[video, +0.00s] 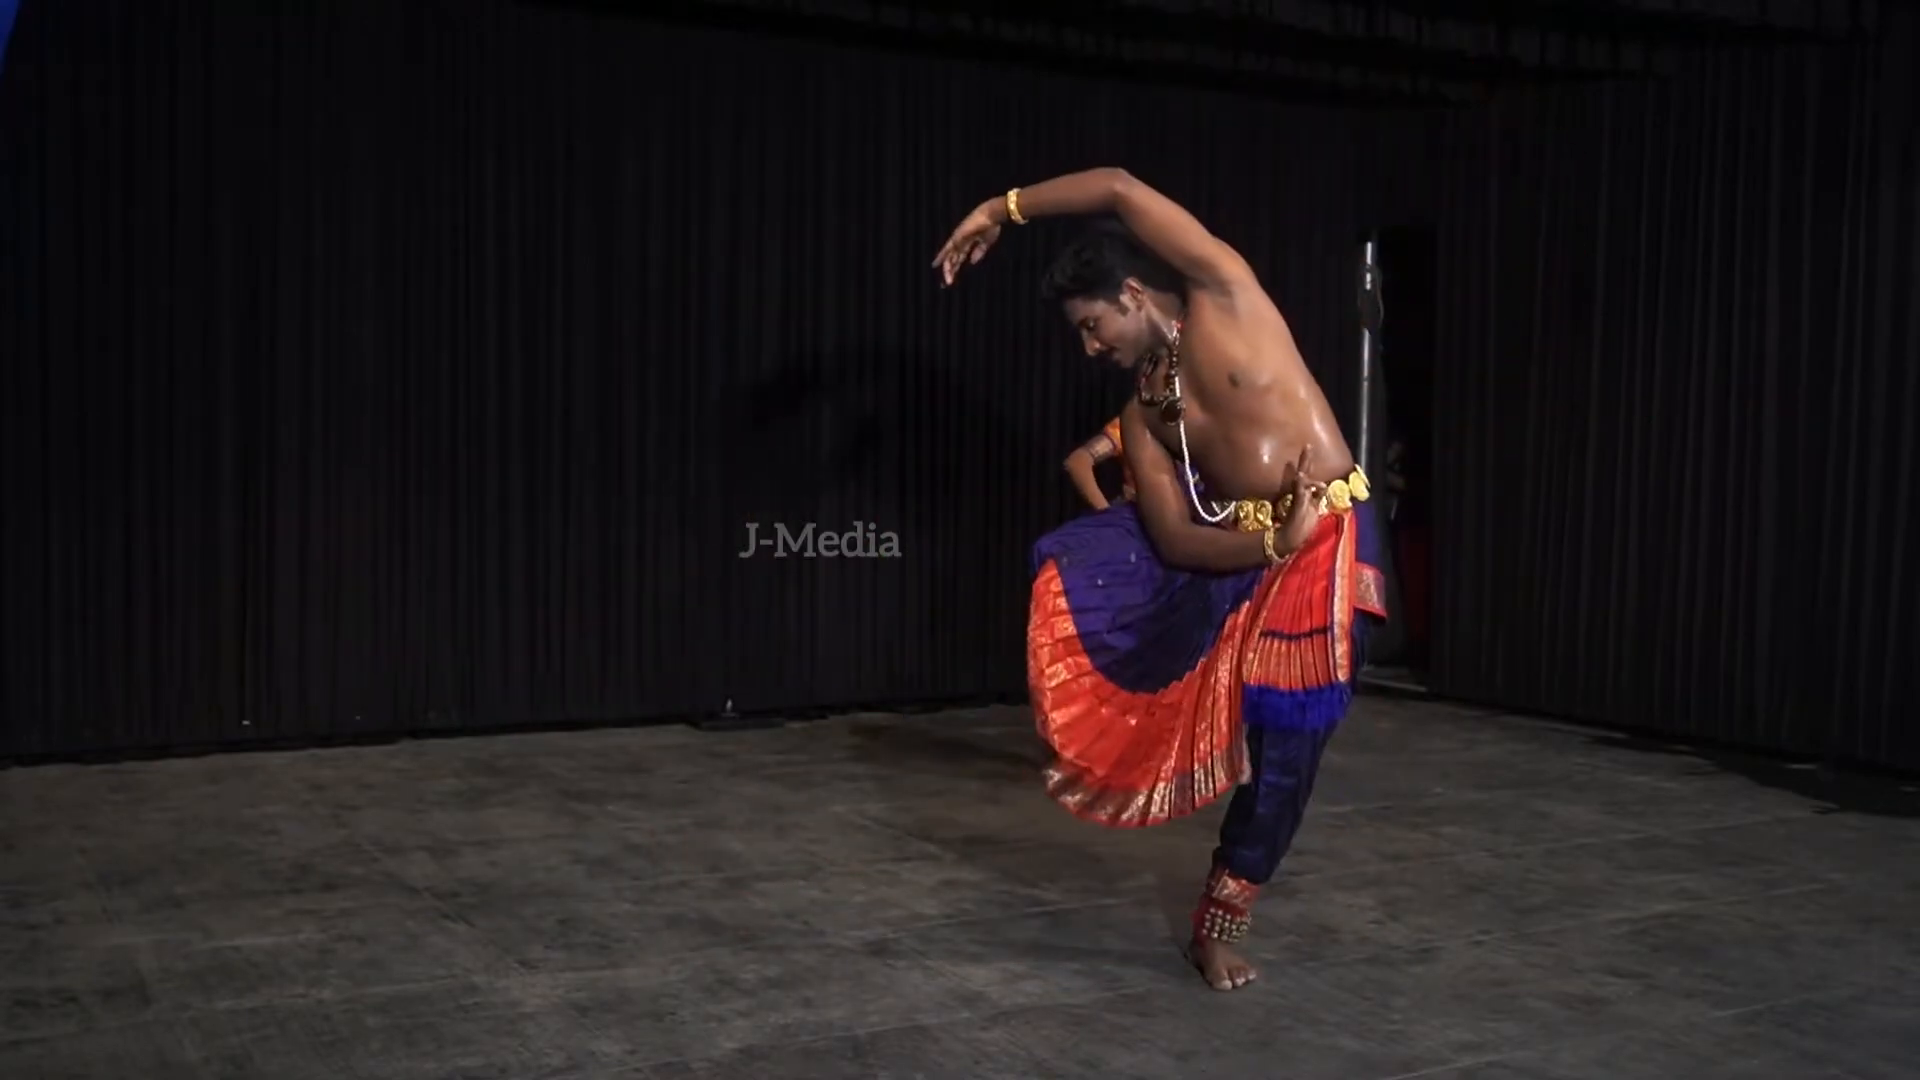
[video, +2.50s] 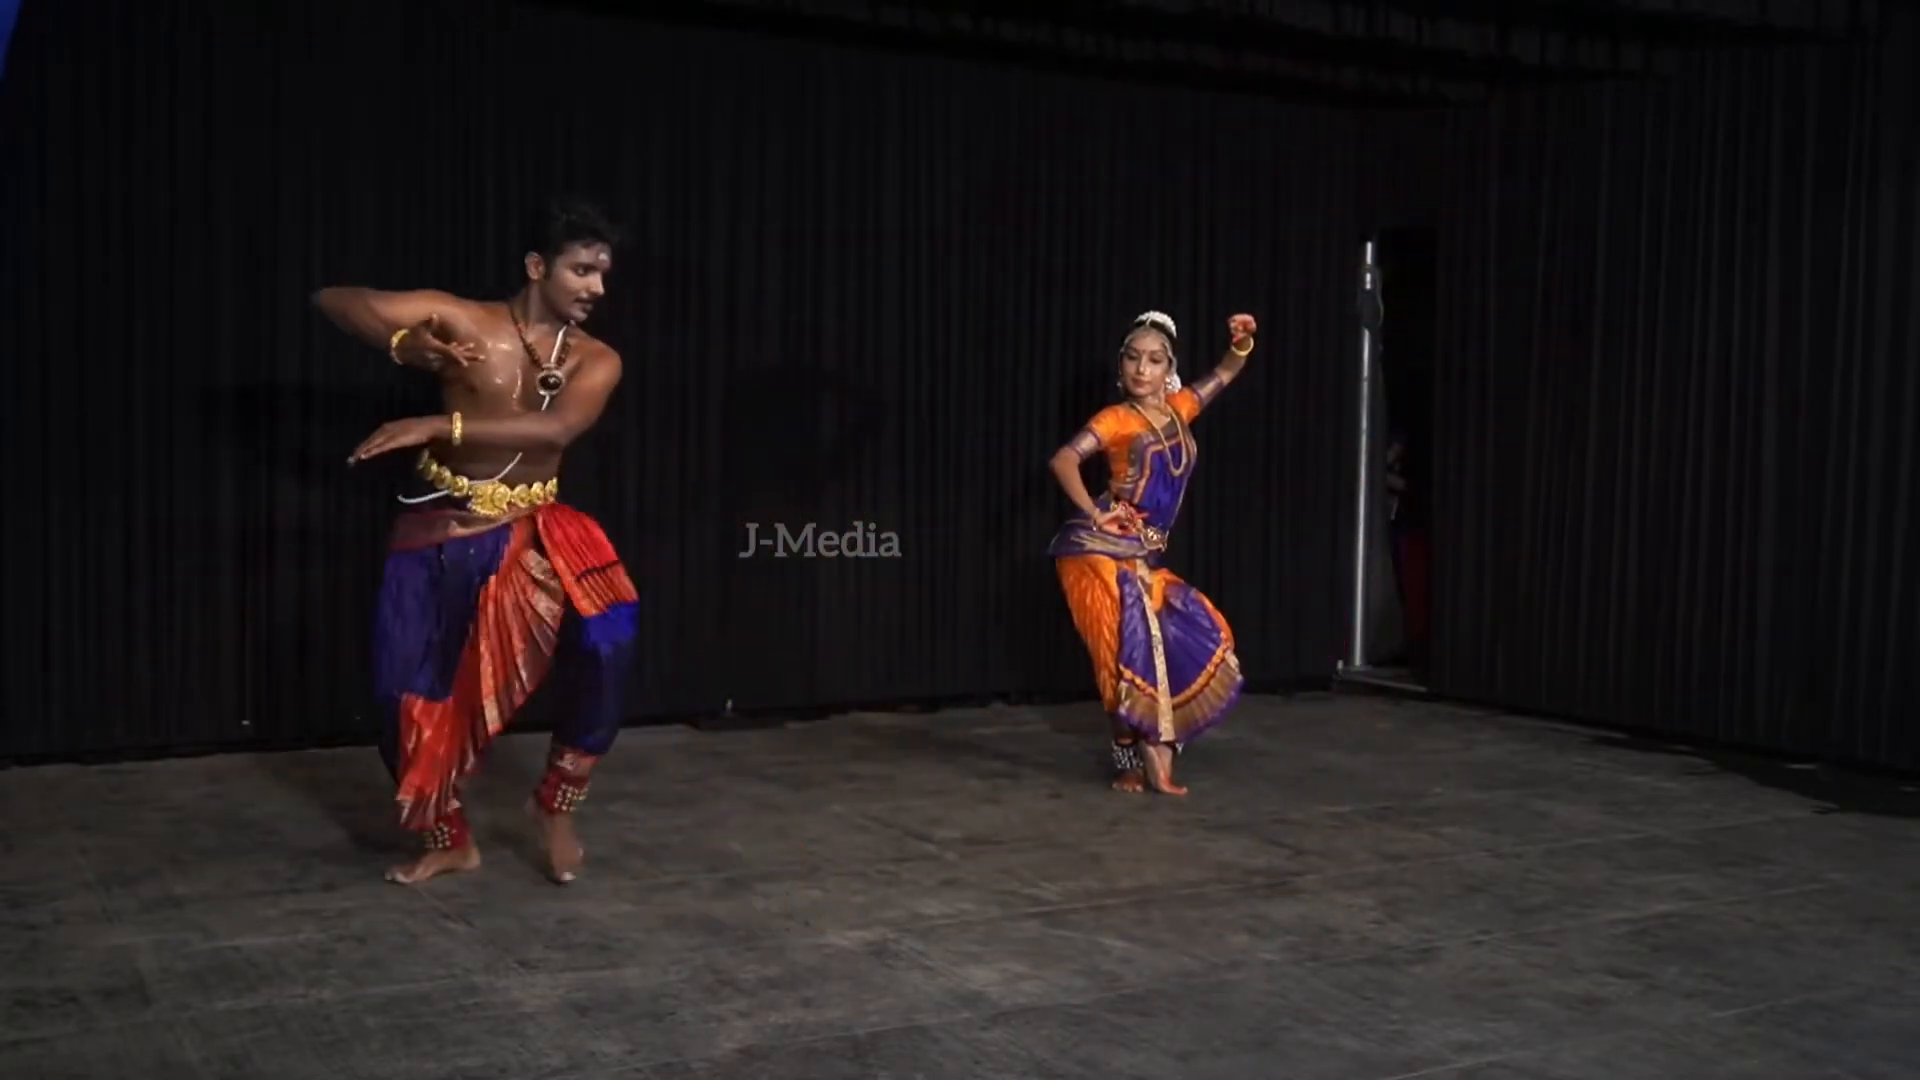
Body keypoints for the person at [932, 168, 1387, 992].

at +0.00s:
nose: (1090, 348)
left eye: (1093, 326)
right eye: (1080, 335)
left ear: (1137, 295)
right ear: (1113, 316)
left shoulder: (1221, 290)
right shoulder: (1142, 419)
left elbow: (1119, 186)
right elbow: (1175, 539)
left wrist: (1003, 209)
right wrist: (1274, 542)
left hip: (1323, 530)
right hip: (1227, 544)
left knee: (1292, 745)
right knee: (1071, 567)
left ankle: (1223, 921)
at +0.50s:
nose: (1095, 341)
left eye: (1099, 319)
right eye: (1087, 327)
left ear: (1146, 291)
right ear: (1121, 310)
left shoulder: (1236, 305)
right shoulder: (1136, 420)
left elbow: (1143, 180)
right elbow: (1162, 544)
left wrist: (1031, 176)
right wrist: (1269, 549)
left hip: (1296, 565)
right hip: (1197, 563)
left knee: (1289, 763)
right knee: (1042, 589)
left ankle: (1227, 925)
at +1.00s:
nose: (1217, 328)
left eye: (1231, 322)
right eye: (1202, 309)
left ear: (1236, 351)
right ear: (1151, 322)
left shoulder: (1220, 431)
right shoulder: (1063, 387)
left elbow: (1336, 350)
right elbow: (947, 449)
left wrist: (1419, 258)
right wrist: (1017, 541)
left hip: (1113, 621)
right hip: (997, 603)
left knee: (1197, 768)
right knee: (851, 714)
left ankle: (1210, 928)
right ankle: (838, 886)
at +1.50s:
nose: (984, 438)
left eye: (995, 426)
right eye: (979, 416)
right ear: (937, 387)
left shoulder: (940, 505)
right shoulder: (826, 392)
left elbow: (1009, 601)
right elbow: (705, 346)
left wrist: (1086, 700)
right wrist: (763, 433)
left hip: (811, 600)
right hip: (718, 586)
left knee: (892, 732)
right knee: (734, 760)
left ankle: (776, 842)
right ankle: (823, 896)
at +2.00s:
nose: (759, 356)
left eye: (769, 344)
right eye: (750, 338)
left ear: (773, 346)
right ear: (705, 320)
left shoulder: (740, 420)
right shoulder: (618, 348)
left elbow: (686, 497)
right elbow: (497, 322)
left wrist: (603, 545)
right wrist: (570, 382)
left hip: (654, 565)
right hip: (569, 554)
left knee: (655, 715)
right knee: (574, 710)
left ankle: (564, 833)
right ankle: (695, 855)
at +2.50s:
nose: (596, 288)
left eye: (602, 274)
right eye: (582, 271)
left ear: (603, 278)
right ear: (535, 267)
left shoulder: (597, 360)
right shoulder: (461, 320)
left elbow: (558, 430)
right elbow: (332, 300)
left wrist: (442, 428)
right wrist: (399, 341)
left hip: (529, 543)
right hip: (435, 537)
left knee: (606, 643)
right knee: (411, 686)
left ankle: (559, 806)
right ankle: (450, 839)